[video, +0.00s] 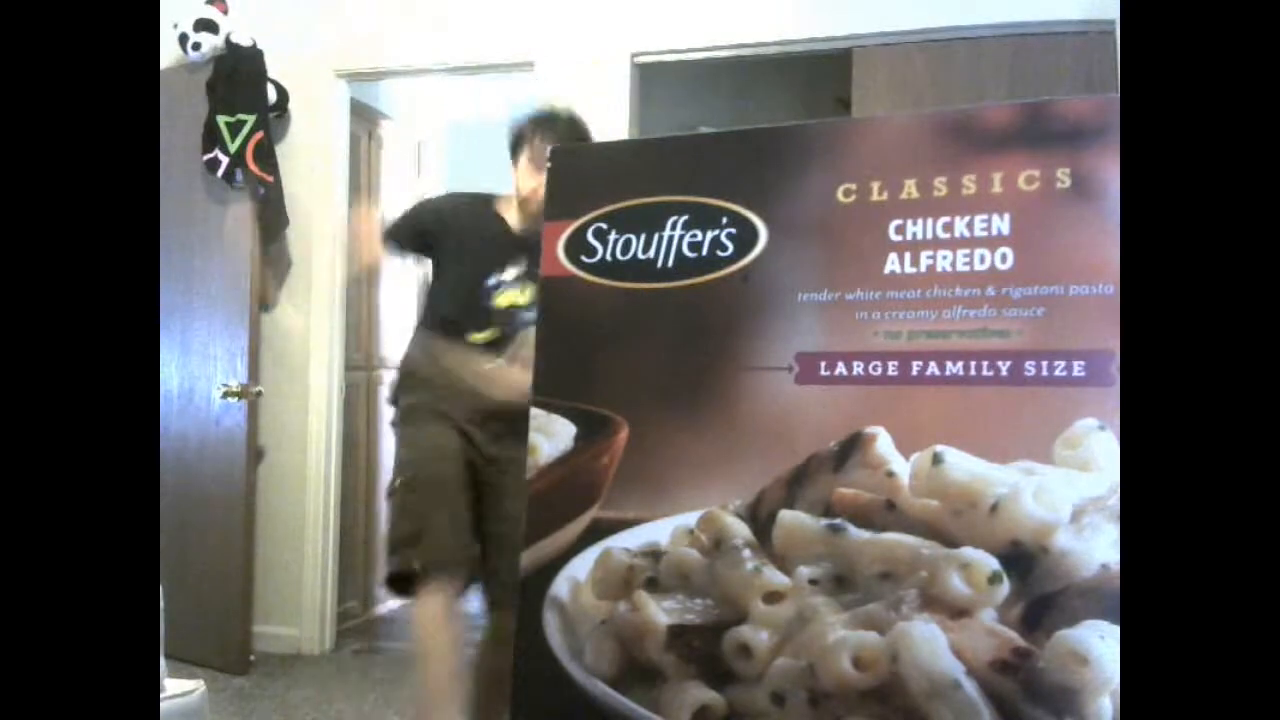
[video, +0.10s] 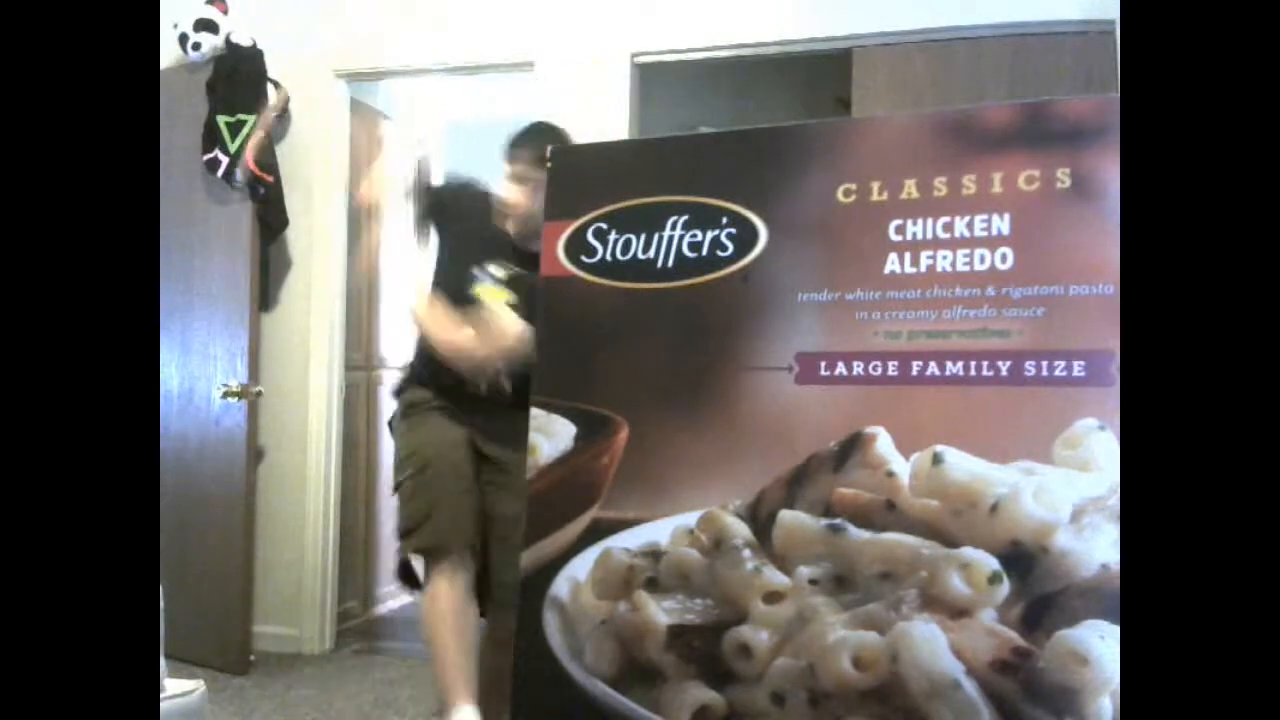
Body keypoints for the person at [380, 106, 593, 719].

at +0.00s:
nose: (545, 179)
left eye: (558, 167)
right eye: (536, 164)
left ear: (576, 175)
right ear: (515, 165)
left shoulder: (571, 245)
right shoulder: (459, 217)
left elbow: (590, 333)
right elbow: (374, 243)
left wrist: (532, 373)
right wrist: (367, 237)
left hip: (509, 419)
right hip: (434, 406)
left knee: (514, 582)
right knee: (441, 568)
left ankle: (499, 709)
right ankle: (443, 711)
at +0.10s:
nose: (517, 196)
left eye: (532, 185)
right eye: (512, 180)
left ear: (560, 190)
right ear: (504, 174)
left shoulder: (565, 258)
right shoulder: (467, 207)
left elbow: (577, 339)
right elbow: (400, 183)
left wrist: (519, 342)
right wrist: (384, 177)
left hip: (506, 422)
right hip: (437, 404)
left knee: (503, 581)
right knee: (450, 556)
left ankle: (495, 706)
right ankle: (462, 707)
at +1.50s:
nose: (432, 146)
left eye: (447, 136)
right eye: (437, 135)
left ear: (485, 152)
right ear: (470, 151)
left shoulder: (515, 235)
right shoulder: (438, 201)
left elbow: (420, 230)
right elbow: (370, 161)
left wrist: (372, 166)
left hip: (454, 438)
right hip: (382, 424)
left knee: (464, 599)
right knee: (284, 543)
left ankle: (477, 717)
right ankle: (281, 707)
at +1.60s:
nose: (432, 123)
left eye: (449, 113)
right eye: (435, 112)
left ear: (489, 134)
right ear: (444, 127)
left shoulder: (513, 225)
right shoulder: (419, 171)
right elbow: (366, 126)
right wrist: (344, 69)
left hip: (439, 415)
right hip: (358, 401)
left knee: (474, 577)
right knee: (262, 537)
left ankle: (486, 712)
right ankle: (272, 700)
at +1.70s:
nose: (433, 102)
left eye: (451, 96)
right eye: (426, 88)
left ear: (466, 118)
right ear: (407, 93)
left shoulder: (454, 194)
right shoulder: (373, 139)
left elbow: (505, 228)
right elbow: (378, 31)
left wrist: (433, 150)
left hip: (399, 393)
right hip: (324, 381)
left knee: (438, 558)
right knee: (271, 563)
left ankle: (414, 705)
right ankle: (194, 691)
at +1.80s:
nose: (417, 147)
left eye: (421, 133)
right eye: (406, 128)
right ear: (360, 123)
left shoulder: (369, 192)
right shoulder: (341, 172)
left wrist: (418, 238)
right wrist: (489, 210)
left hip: (348, 414)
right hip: (291, 411)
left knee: (401, 576)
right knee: (264, 601)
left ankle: (409, 712)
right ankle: (167, 696)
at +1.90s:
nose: (410, 172)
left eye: (414, 159)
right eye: (405, 151)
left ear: (362, 144)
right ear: (360, 136)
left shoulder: (350, 209)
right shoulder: (314, 204)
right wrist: (393, 193)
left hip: (321, 418)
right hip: (267, 418)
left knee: (371, 576)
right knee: (247, 611)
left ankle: (399, 708)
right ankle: (166, 693)